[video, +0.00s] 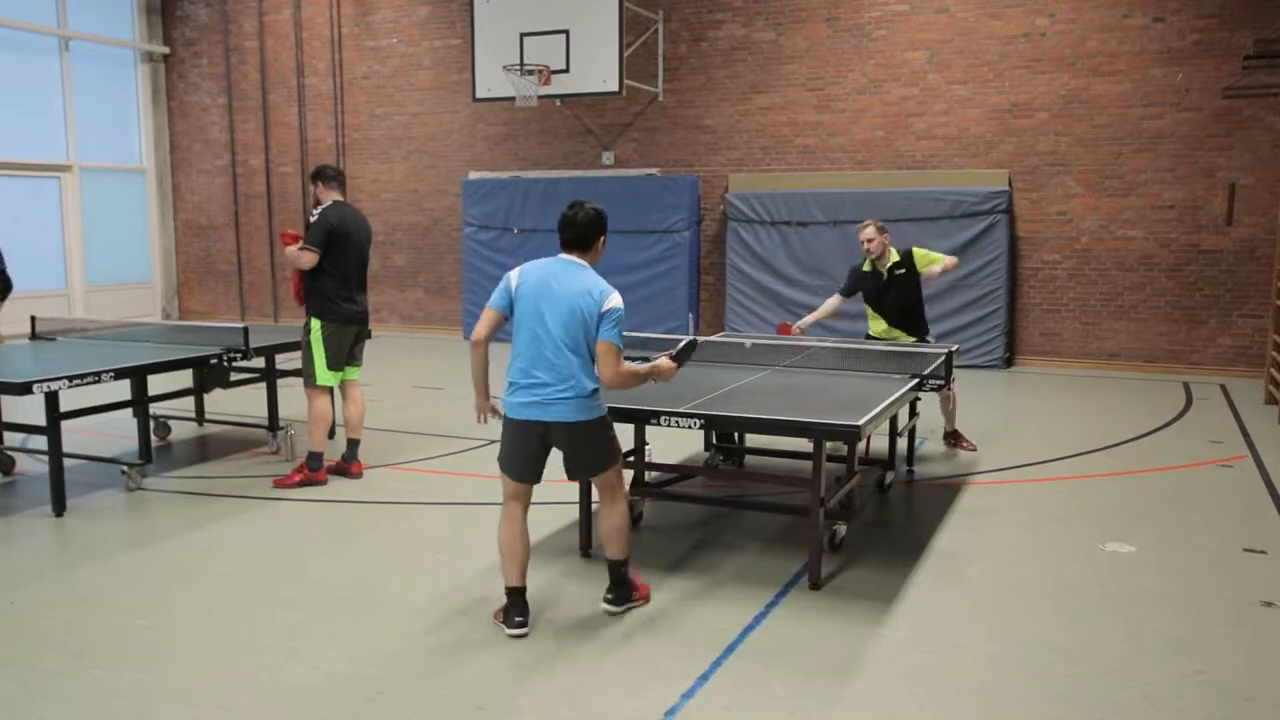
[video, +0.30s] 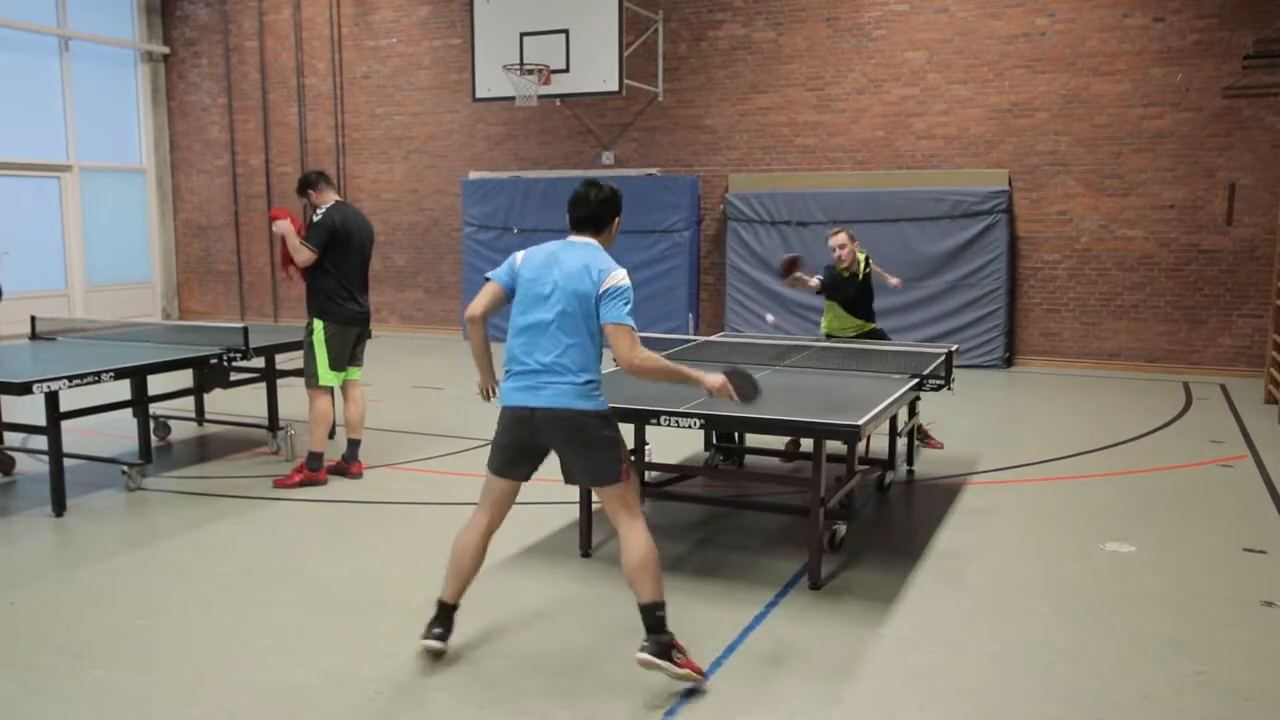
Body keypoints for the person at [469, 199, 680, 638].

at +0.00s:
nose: (606, 245)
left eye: (604, 239)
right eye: (605, 239)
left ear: (560, 239)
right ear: (599, 241)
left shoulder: (520, 276)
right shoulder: (604, 295)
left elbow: (478, 337)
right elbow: (611, 376)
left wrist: (482, 396)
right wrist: (653, 371)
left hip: (522, 415)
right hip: (579, 417)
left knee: (514, 502)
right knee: (612, 494)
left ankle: (516, 607)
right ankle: (619, 586)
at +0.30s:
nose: (619, 228)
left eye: (618, 222)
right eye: (619, 222)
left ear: (569, 220)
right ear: (612, 224)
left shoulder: (524, 259)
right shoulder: (608, 271)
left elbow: (474, 314)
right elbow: (630, 358)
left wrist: (485, 375)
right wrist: (699, 378)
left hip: (519, 409)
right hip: (579, 412)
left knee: (484, 517)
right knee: (628, 518)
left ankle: (440, 623)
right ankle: (658, 636)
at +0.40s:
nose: (631, 273)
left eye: (630, 264)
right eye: (632, 265)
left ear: (582, 258)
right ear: (624, 266)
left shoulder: (537, 299)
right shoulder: (611, 314)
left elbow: (485, 357)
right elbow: (649, 397)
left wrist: (493, 423)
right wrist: (729, 421)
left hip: (517, 461)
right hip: (578, 464)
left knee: (465, 558)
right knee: (650, 553)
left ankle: (385, 654)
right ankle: (688, 681)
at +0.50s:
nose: (667, 325)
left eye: (664, 315)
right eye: (666, 316)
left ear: (616, 313)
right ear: (650, 318)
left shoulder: (569, 348)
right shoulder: (640, 370)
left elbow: (513, 408)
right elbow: (717, 432)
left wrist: (497, 469)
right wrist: (803, 434)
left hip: (522, 498)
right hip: (579, 505)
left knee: (466, 581)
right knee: (682, 555)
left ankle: (380, 662)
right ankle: (686, 693)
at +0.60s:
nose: (728, 343)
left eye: (720, 335)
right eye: (726, 337)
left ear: (672, 335)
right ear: (715, 344)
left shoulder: (624, 363)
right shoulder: (717, 397)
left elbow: (555, 411)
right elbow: (803, 422)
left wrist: (518, 462)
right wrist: (857, 380)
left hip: (556, 511)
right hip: (619, 527)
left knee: (475, 590)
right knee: (718, 563)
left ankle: (391, 662)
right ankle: (691, 697)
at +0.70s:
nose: (773, 345)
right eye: (774, 338)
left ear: (719, 325)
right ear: (768, 341)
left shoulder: (671, 350)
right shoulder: (768, 391)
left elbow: (590, 388)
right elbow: (840, 409)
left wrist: (540, 432)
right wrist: (870, 364)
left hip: (598, 500)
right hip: (665, 526)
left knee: (531, 589)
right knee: (735, 568)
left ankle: (439, 683)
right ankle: (693, 693)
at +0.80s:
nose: (809, 317)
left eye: (808, 309)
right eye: (808, 310)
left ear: (747, 301)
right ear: (799, 315)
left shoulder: (695, 333)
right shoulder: (797, 367)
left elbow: (601, 357)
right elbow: (863, 437)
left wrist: (552, 414)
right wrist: (899, 420)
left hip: (642, 494)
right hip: (713, 508)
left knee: (605, 601)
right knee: (763, 572)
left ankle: (551, 707)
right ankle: (730, 689)